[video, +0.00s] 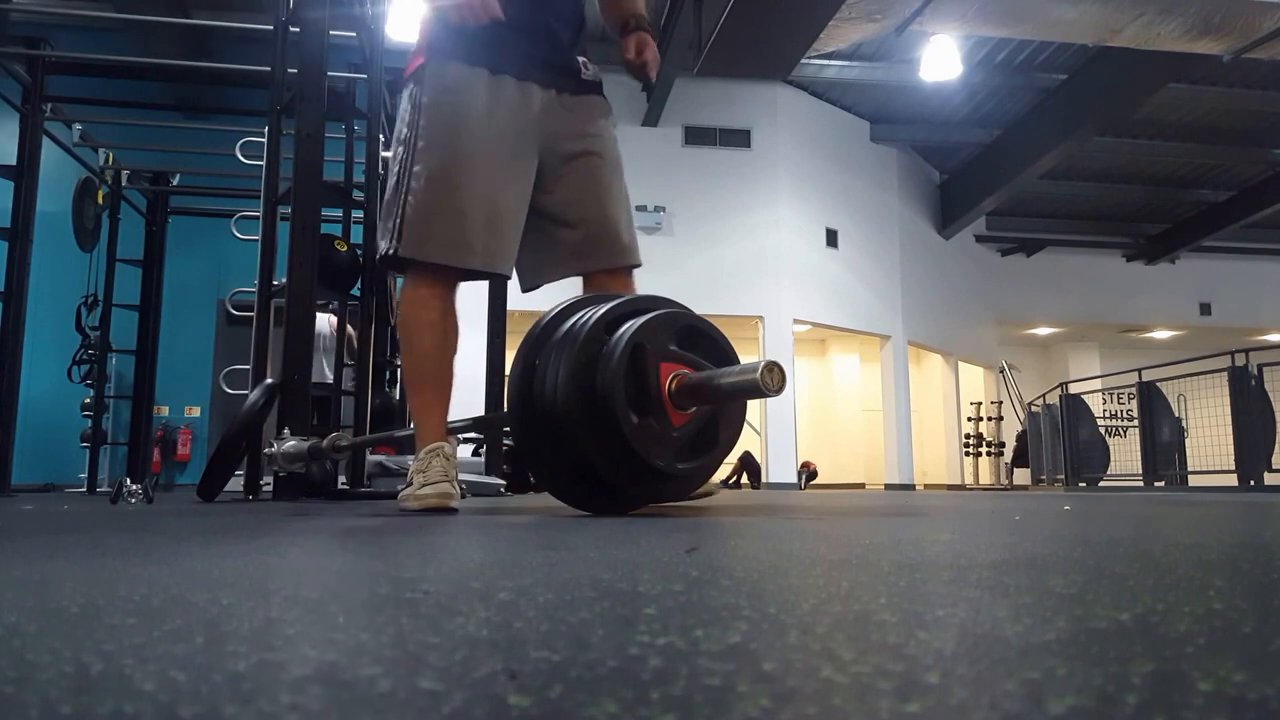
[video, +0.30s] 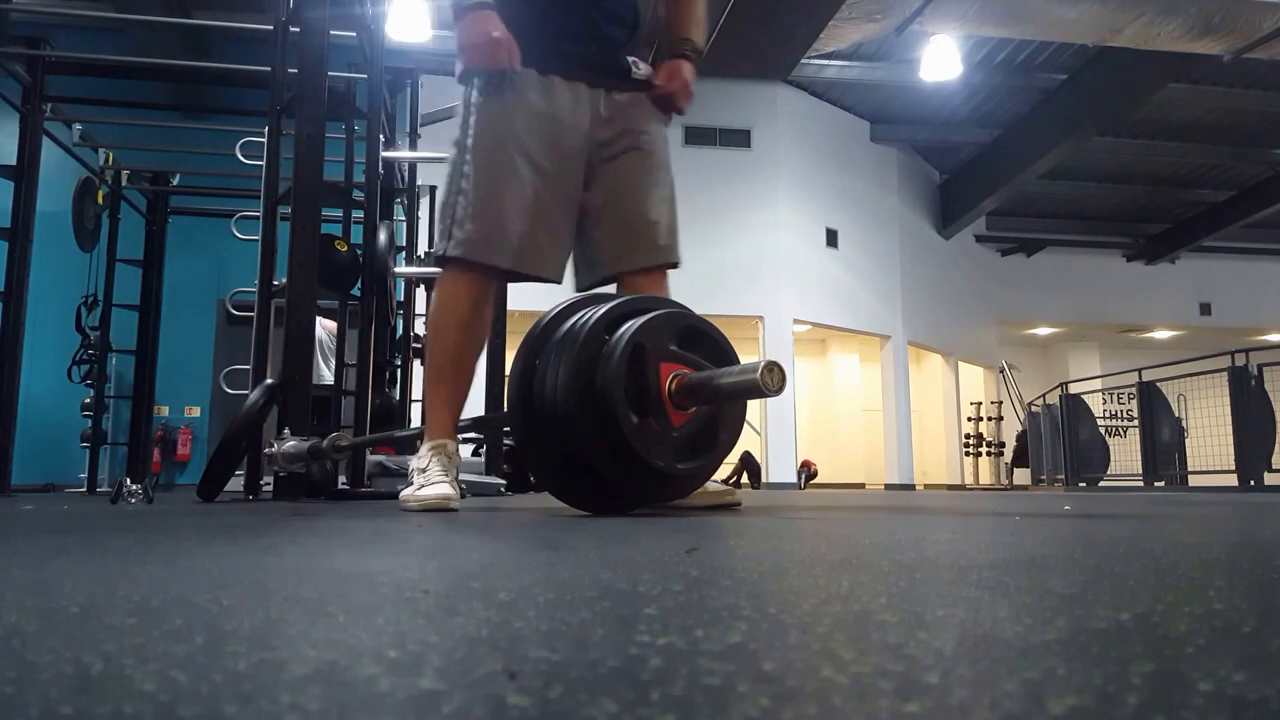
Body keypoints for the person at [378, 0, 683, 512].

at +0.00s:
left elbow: (616, 3)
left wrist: (633, 24)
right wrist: (444, 1)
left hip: (567, 64)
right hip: (469, 46)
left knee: (612, 261)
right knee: (434, 265)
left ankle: (636, 458)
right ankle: (433, 453)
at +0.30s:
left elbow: (686, 1)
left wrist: (685, 49)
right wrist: (472, 9)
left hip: (629, 74)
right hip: (524, 59)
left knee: (646, 264)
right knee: (476, 259)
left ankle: (666, 463)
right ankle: (438, 452)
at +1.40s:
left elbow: (717, 4)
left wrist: (686, 108)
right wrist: (498, 69)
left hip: (605, 75)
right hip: (495, 58)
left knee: (633, 242)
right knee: (482, 219)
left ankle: (652, 455)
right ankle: (443, 440)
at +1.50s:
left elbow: (714, 26)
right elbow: (485, 4)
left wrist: (689, 140)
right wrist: (513, 124)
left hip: (586, 84)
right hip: (476, 64)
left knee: (631, 240)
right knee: (465, 232)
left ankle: (648, 459)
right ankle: (438, 452)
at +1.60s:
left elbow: (702, 54)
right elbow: (502, 34)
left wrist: (681, 167)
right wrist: (524, 195)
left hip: (566, 84)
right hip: (463, 65)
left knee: (627, 232)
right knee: (463, 223)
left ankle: (648, 456)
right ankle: (437, 453)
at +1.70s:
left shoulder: (700, 3)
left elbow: (680, 86)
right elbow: (518, 94)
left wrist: (659, 186)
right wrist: (538, 270)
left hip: (565, 99)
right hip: (460, 77)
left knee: (631, 235)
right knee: (468, 208)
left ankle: (646, 454)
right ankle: (438, 452)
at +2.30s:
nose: (722, 7)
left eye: (732, 3)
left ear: (740, 3)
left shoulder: (729, 29)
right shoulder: (558, 11)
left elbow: (672, 155)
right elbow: (533, 174)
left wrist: (635, 215)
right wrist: (558, 325)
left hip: (579, 122)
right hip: (471, 97)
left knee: (650, 238)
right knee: (490, 208)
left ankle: (647, 454)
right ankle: (439, 453)